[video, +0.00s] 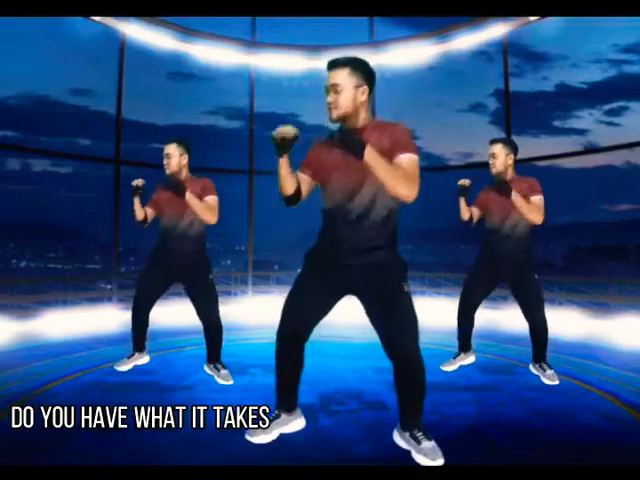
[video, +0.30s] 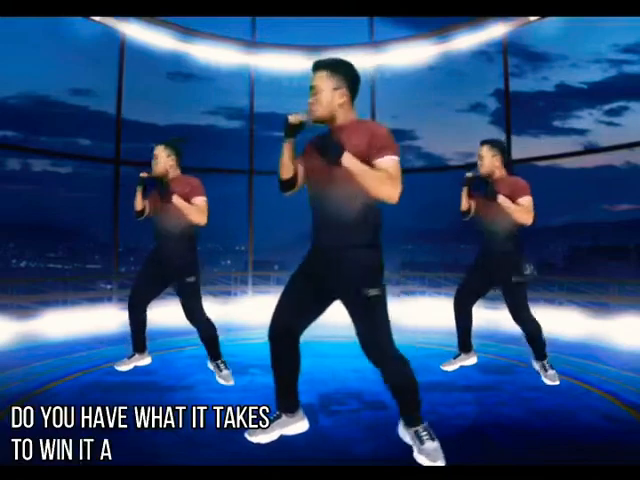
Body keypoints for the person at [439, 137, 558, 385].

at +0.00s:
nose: (491, 161)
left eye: (495, 156)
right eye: (490, 157)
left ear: (511, 158)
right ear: (491, 160)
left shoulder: (529, 185)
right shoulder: (488, 192)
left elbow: (537, 217)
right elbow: (468, 217)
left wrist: (514, 195)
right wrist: (463, 196)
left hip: (520, 262)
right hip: (490, 261)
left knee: (537, 317)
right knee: (467, 304)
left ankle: (539, 362)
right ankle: (465, 352)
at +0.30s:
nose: (479, 162)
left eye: (483, 157)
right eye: (479, 158)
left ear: (498, 159)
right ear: (483, 161)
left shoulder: (517, 185)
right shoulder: (480, 187)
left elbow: (527, 217)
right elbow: (465, 210)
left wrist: (501, 199)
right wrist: (466, 188)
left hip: (510, 259)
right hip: (487, 258)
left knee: (521, 313)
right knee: (462, 301)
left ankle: (541, 360)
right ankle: (466, 352)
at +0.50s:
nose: (479, 162)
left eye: (481, 158)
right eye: (480, 158)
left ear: (490, 160)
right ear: (497, 161)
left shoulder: (492, 178)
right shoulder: (502, 180)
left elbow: (457, 184)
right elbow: (464, 184)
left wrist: (440, 176)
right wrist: (443, 178)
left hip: (496, 259)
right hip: (493, 257)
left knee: (505, 316)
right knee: (461, 299)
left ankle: (555, 357)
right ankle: (465, 352)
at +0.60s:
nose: (478, 164)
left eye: (481, 160)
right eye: (478, 160)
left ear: (490, 160)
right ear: (495, 161)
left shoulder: (493, 178)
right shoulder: (500, 180)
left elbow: (456, 182)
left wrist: (436, 174)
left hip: (498, 259)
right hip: (491, 258)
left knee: (511, 315)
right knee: (459, 299)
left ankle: (559, 358)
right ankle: (465, 353)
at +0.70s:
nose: (474, 162)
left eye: (478, 158)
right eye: (473, 158)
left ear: (490, 158)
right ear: (479, 160)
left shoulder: (504, 179)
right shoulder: (479, 181)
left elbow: (500, 195)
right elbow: (470, 210)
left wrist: (479, 178)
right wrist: (469, 190)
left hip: (502, 255)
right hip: (483, 255)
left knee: (516, 310)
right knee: (461, 300)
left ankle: (558, 358)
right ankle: (465, 353)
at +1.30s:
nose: (493, 158)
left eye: (497, 152)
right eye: (488, 154)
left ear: (508, 153)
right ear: (485, 158)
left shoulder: (523, 179)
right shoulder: (482, 189)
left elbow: (535, 207)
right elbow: (463, 216)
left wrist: (512, 181)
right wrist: (456, 189)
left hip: (518, 259)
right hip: (487, 259)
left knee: (535, 311)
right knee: (468, 305)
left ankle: (542, 361)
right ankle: (465, 352)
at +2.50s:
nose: (500, 156)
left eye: (505, 151)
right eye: (496, 152)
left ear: (514, 154)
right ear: (490, 155)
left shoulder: (526, 182)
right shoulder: (477, 180)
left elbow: (538, 212)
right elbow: (448, 191)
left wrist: (517, 187)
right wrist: (434, 179)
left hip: (516, 259)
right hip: (485, 256)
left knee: (531, 314)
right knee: (460, 302)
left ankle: (539, 365)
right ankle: (467, 353)